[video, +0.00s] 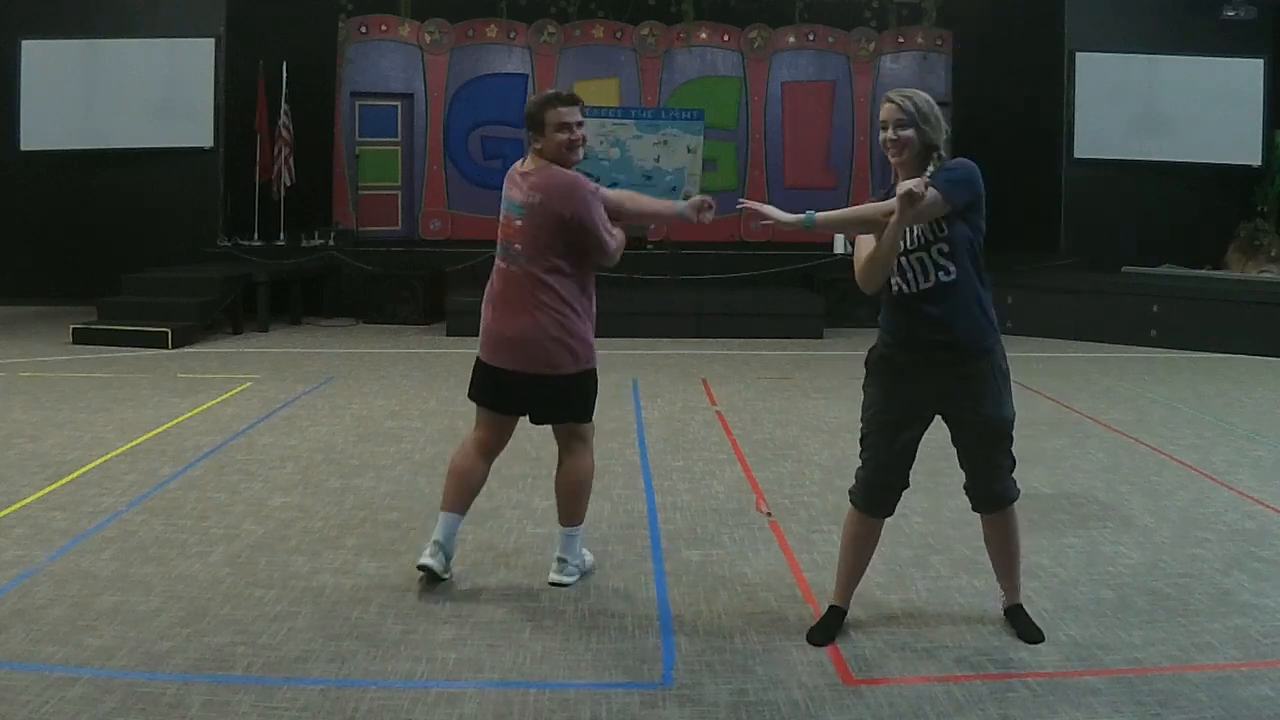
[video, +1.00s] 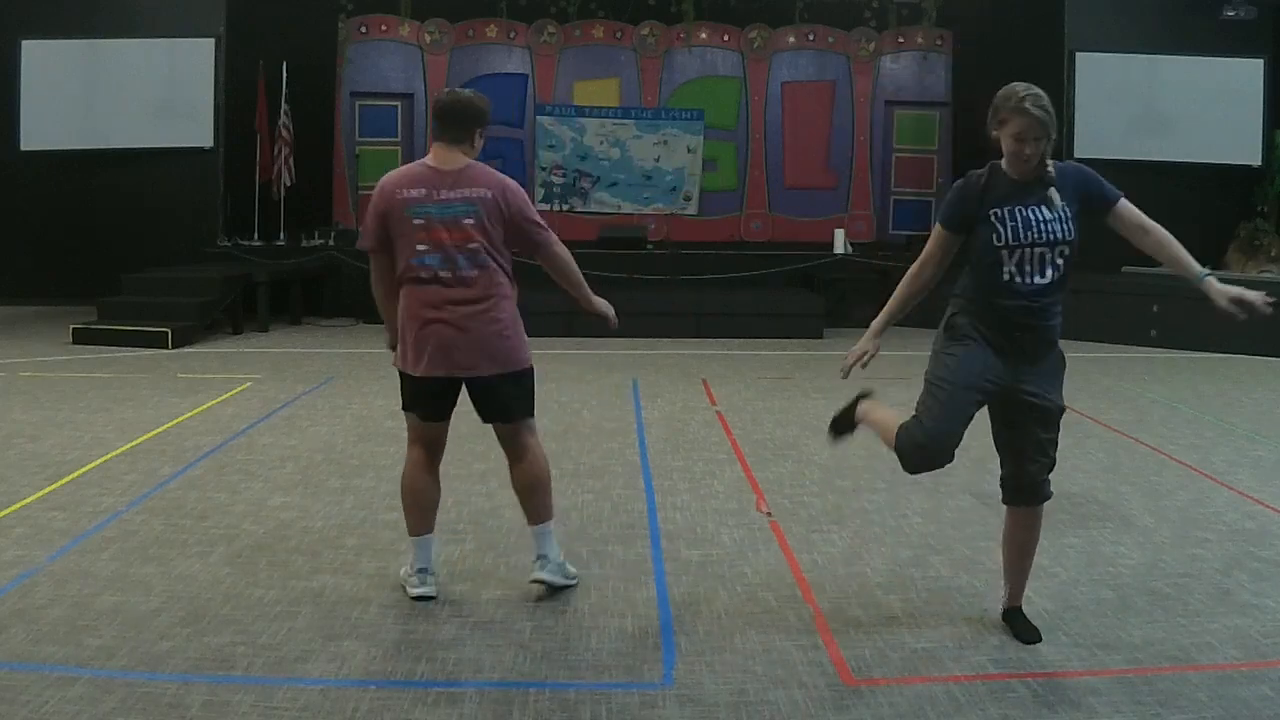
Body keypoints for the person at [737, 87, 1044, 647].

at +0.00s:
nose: (892, 136)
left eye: (903, 126)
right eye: (885, 129)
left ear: (930, 130)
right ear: (880, 138)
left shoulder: (962, 175)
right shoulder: (872, 206)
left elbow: (895, 211)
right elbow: (868, 280)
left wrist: (798, 220)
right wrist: (896, 223)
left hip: (972, 360)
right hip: (899, 363)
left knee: (993, 486)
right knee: (875, 487)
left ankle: (1014, 602)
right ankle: (838, 604)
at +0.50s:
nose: (892, 147)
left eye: (900, 135)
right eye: (884, 140)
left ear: (928, 135)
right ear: (882, 148)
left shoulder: (972, 182)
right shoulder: (877, 214)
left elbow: (909, 227)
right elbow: (867, 299)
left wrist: (825, 237)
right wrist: (892, 257)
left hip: (968, 363)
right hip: (897, 364)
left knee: (994, 493)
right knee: (869, 489)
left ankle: (1009, 603)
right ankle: (837, 605)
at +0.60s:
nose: (922, 153)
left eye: (931, 141)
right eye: (914, 145)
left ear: (958, 140)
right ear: (909, 148)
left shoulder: (997, 190)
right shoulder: (894, 209)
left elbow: (979, 244)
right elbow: (874, 294)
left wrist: (884, 234)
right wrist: (903, 304)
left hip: (981, 366)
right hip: (908, 368)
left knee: (1007, 496)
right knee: (877, 491)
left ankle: (1011, 605)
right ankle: (838, 605)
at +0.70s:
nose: (953, 155)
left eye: (964, 144)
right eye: (946, 146)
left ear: (990, 144)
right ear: (939, 150)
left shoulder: (1027, 196)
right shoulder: (925, 206)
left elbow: (1040, 257)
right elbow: (890, 288)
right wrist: (882, 337)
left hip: (999, 370)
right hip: (927, 369)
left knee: (1018, 495)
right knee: (883, 490)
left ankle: (1011, 604)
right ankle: (835, 600)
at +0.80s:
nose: (985, 155)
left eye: (994, 144)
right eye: (976, 146)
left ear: (1019, 140)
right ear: (967, 147)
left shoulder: (1051, 191)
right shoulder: (950, 200)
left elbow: (1091, 246)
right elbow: (906, 281)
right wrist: (866, 345)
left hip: (1016, 359)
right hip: (945, 355)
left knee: (1025, 488)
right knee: (900, 468)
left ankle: (1013, 605)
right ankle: (827, 571)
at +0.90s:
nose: (1007, 152)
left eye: (1017, 142)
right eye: (999, 142)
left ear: (1037, 139)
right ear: (986, 140)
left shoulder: (1066, 186)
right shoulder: (963, 196)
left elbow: (1127, 239)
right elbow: (916, 275)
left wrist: (1168, 292)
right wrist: (863, 338)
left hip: (1028, 355)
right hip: (960, 346)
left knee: (1026, 484)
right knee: (919, 457)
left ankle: (1013, 606)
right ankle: (838, 489)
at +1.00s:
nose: (1028, 150)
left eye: (1037, 139)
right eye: (1017, 139)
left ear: (1051, 136)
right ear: (997, 135)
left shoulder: (1076, 182)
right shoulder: (971, 193)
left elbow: (1143, 231)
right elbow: (927, 266)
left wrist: (1209, 282)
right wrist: (875, 330)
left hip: (1037, 355)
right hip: (972, 343)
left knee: (1028, 486)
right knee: (922, 453)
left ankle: (1013, 606)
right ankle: (865, 411)